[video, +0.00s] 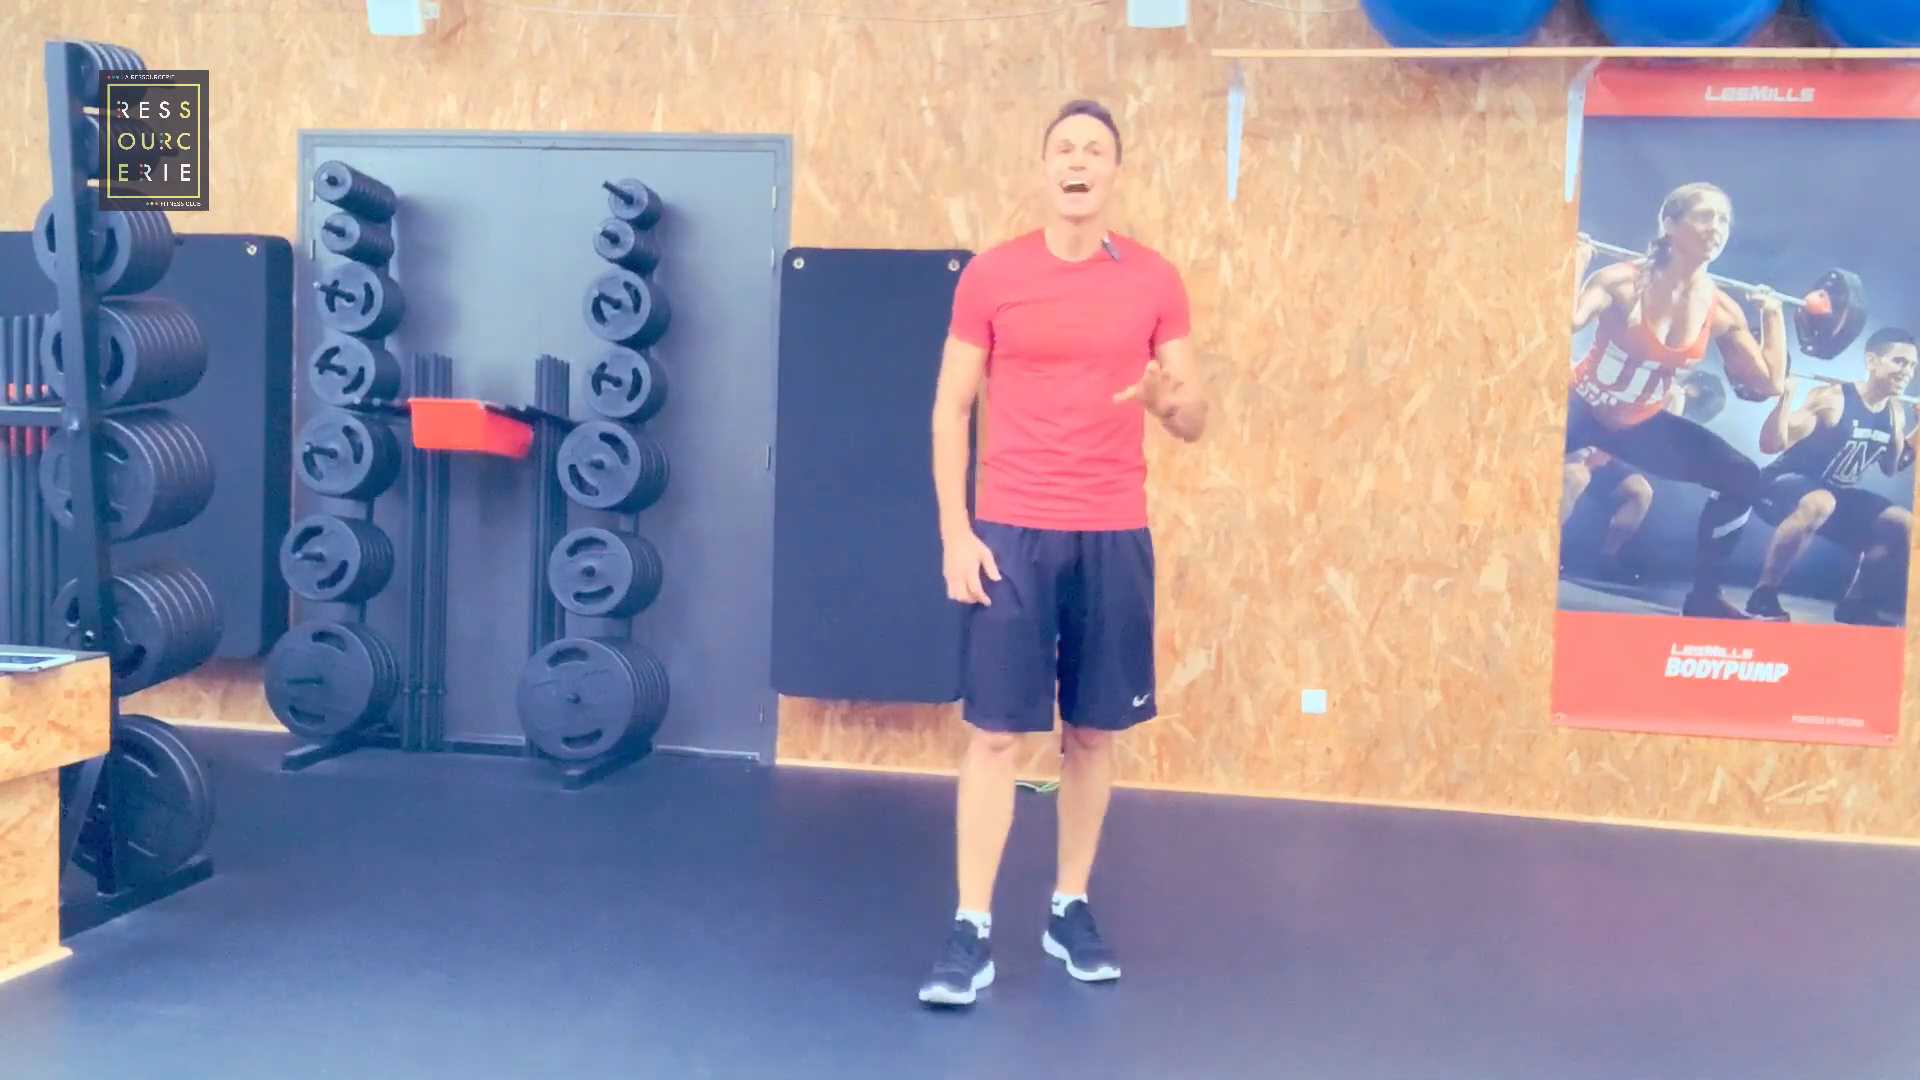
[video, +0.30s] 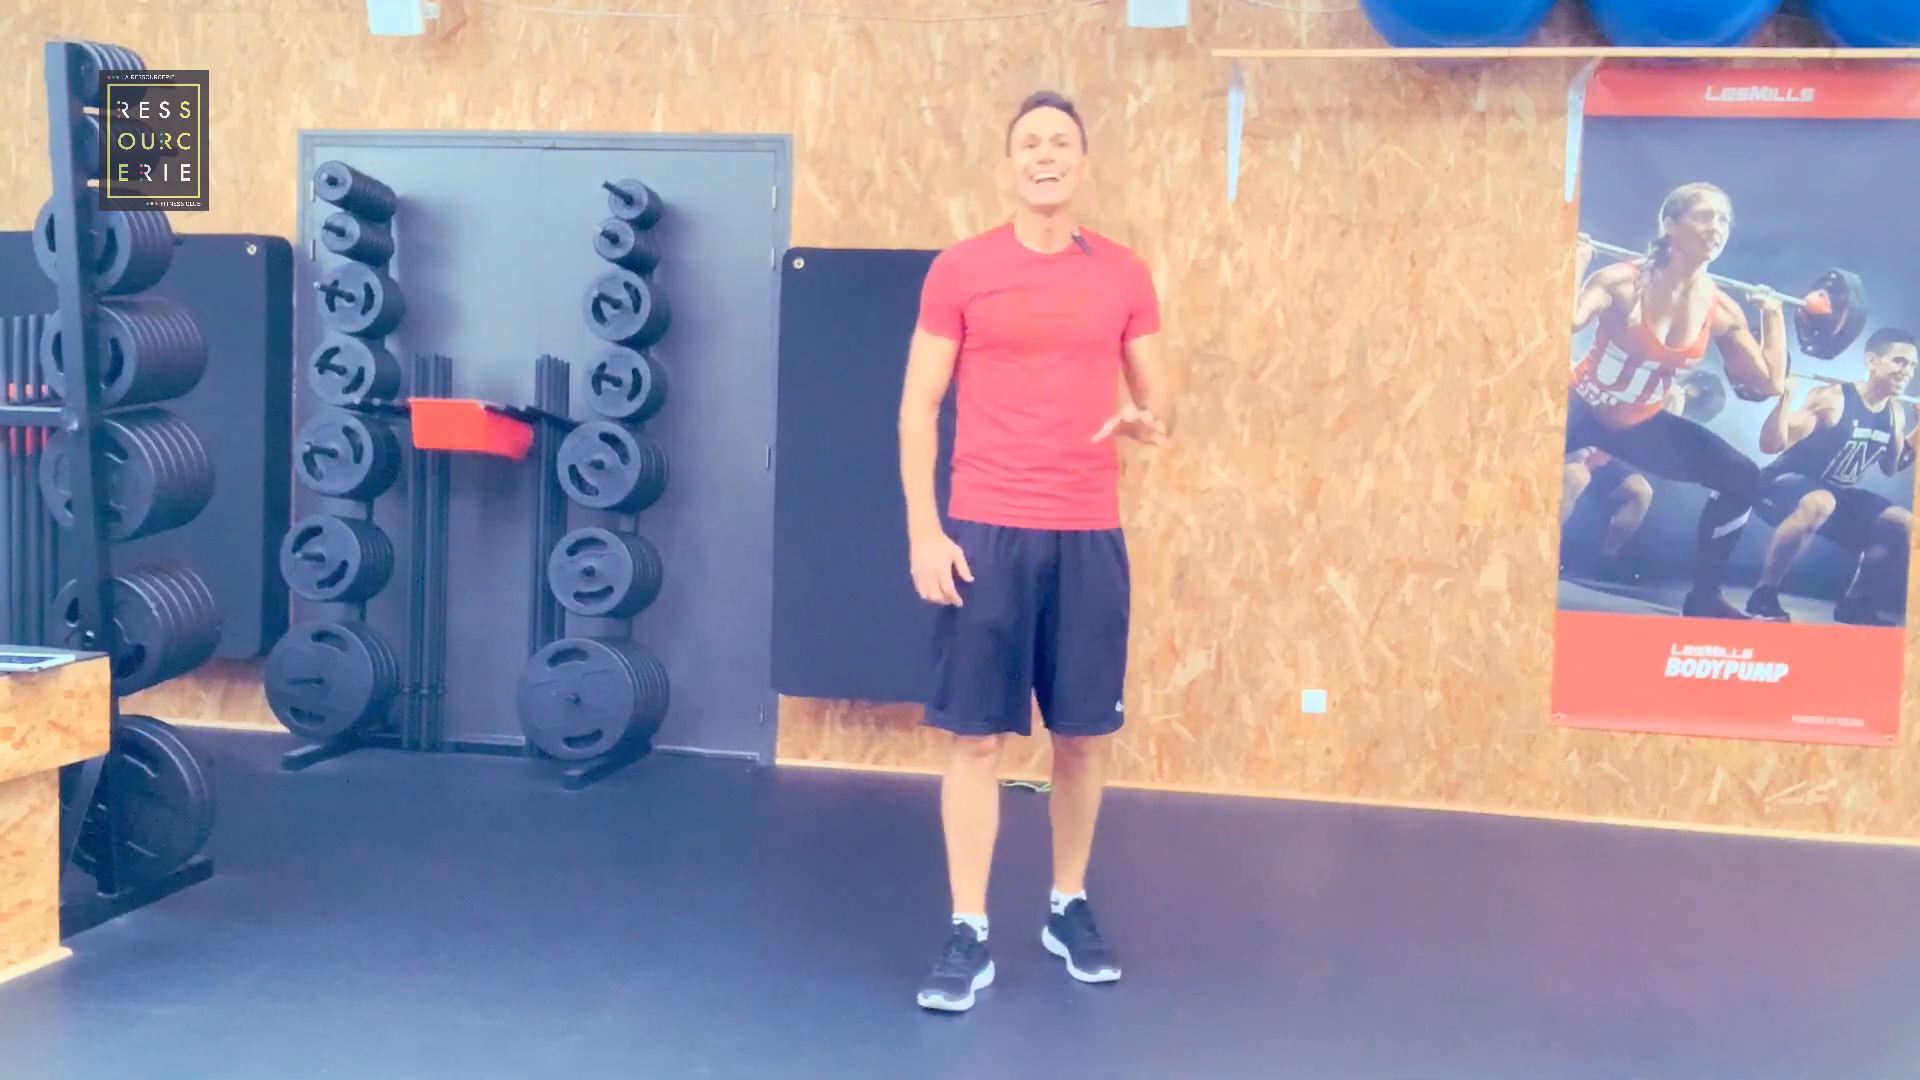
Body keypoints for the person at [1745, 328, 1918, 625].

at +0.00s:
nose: (1906, 372)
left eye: (1911, 366)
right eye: (1899, 361)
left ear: (1913, 371)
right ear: (1872, 360)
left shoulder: (1894, 411)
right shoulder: (1830, 397)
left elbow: (1891, 466)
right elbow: (1769, 444)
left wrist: (1913, 439)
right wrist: (1785, 396)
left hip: (1838, 495)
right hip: (1785, 482)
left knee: (1905, 524)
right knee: (1821, 502)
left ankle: (1854, 604)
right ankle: (1764, 595)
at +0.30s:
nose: (1906, 372)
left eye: (1911, 366)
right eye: (1899, 361)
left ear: (1913, 371)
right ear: (1872, 360)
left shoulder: (1894, 411)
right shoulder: (1830, 398)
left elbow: (1891, 466)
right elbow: (1769, 444)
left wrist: (1913, 440)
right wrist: (1785, 396)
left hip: (1838, 495)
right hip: (1785, 481)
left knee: (1905, 524)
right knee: (1821, 502)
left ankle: (1854, 604)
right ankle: (1764, 596)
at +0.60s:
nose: (1906, 371)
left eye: (1911, 365)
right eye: (1899, 361)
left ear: (1913, 371)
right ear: (1872, 361)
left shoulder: (1894, 411)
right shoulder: (1831, 397)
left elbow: (1891, 466)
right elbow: (1768, 444)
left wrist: (1915, 436)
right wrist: (1785, 397)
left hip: (1839, 495)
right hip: (1785, 482)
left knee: (1905, 524)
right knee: (1821, 502)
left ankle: (1854, 604)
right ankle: (1764, 595)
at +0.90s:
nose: (1906, 371)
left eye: (1911, 365)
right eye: (1899, 361)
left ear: (1913, 371)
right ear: (1872, 361)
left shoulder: (1894, 411)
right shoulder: (1831, 397)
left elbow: (1891, 466)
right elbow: (1768, 444)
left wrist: (1915, 436)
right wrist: (1785, 397)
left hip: (1839, 495)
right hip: (1785, 481)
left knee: (1904, 524)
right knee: (1821, 502)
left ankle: (1854, 603)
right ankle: (1764, 595)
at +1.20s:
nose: (1906, 371)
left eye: (1911, 365)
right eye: (1899, 361)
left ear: (1913, 371)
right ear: (1872, 361)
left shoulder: (1894, 411)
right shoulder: (1831, 397)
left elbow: (1891, 467)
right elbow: (1769, 444)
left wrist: (1914, 438)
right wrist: (1785, 397)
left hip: (1839, 495)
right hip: (1786, 481)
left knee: (1904, 524)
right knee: (1821, 502)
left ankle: (1854, 604)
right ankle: (1764, 595)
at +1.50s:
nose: (1906, 371)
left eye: (1911, 365)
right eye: (1899, 361)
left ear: (1913, 371)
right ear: (1872, 361)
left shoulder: (1894, 411)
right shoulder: (1831, 397)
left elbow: (1891, 467)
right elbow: (1769, 444)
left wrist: (1914, 438)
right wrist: (1785, 397)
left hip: (1839, 495)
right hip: (1786, 481)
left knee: (1905, 524)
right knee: (1821, 502)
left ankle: (1854, 604)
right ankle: (1764, 595)